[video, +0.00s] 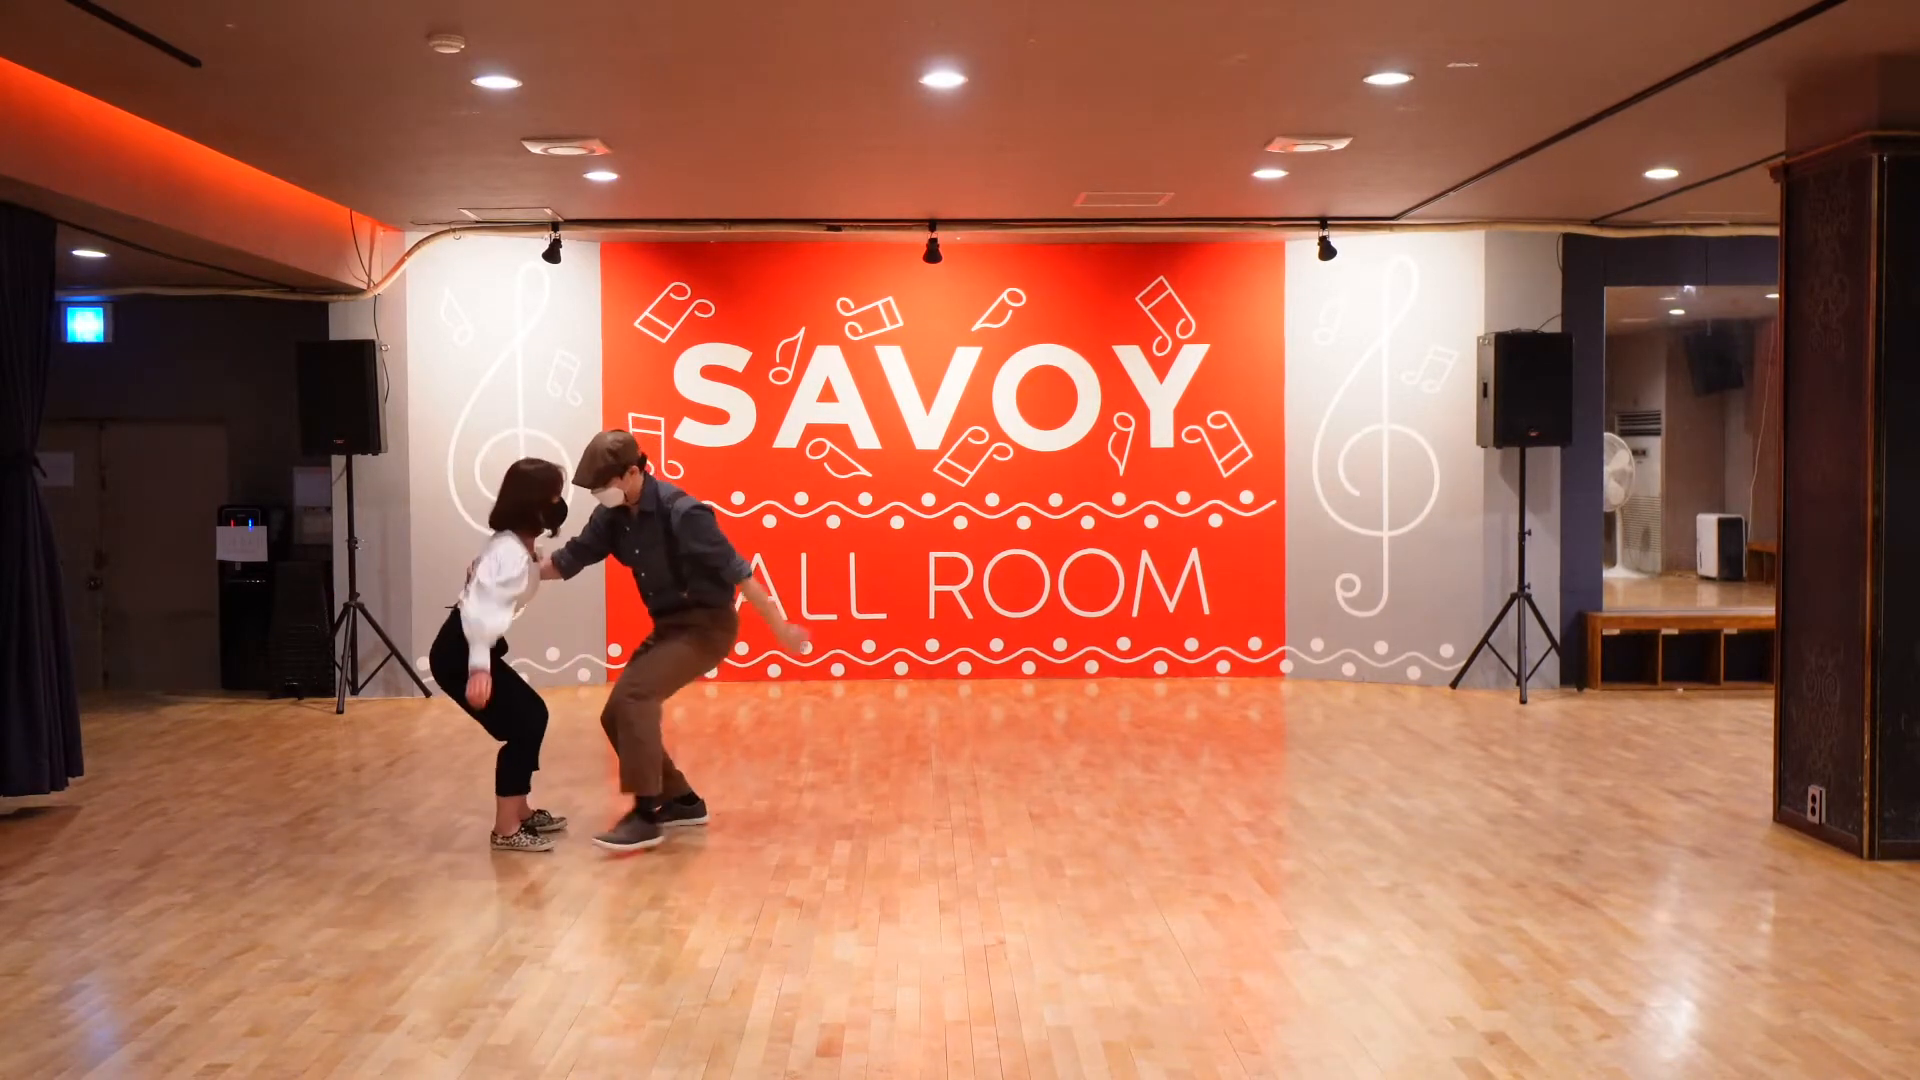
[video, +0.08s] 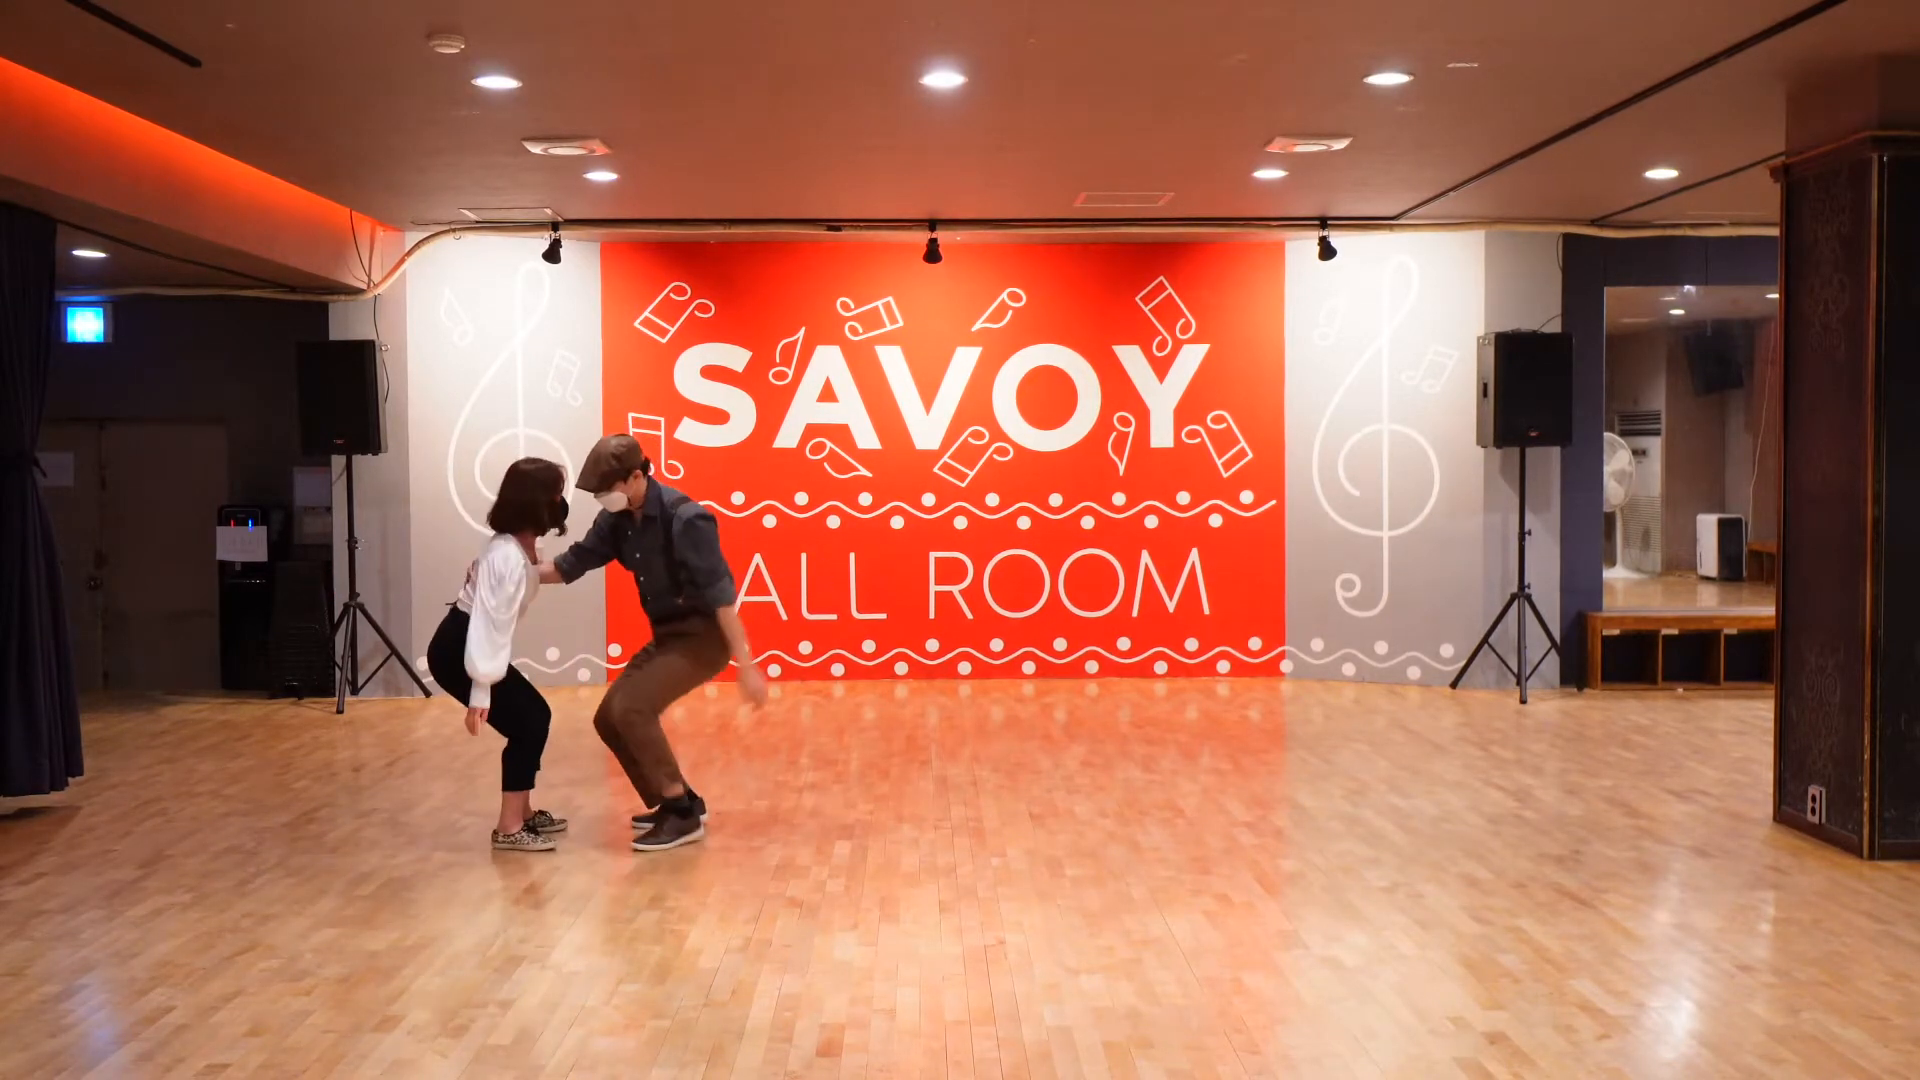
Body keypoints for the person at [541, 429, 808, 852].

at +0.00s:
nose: (600, 498)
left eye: (604, 488)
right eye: (595, 490)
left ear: (632, 473)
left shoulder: (683, 512)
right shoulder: (611, 516)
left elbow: (739, 571)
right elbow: (568, 560)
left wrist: (781, 627)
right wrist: (519, 571)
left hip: (708, 625)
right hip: (668, 628)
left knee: (633, 695)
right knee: (615, 716)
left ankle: (647, 811)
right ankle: (680, 799)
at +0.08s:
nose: (601, 500)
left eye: (606, 491)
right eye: (598, 492)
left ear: (635, 478)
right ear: (622, 482)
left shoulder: (687, 519)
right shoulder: (616, 520)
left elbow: (722, 597)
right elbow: (567, 567)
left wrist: (746, 664)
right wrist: (506, 572)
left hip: (704, 637)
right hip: (668, 638)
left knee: (629, 708)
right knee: (608, 720)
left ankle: (681, 807)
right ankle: (673, 801)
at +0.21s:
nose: (604, 507)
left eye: (610, 497)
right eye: (601, 498)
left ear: (640, 486)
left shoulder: (689, 527)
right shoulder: (622, 527)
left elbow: (689, 616)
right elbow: (566, 573)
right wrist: (496, 572)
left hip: (707, 643)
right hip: (670, 640)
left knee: (620, 722)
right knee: (603, 722)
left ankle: (679, 819)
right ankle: (676, 796)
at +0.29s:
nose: (606, 509)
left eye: (613, 499)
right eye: (603, 500)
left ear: (643, 488)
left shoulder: (689, 528)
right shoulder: (625, 527)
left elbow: (663, 612)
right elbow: (568, 570)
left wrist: (615, 673)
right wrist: (503, 566)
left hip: (709, 646)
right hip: (673, 643)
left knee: (622, 723)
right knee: (604, 722)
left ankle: (679, 818)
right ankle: (678, 796)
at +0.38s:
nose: (610, 507)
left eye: (615, 498)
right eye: (606, 498)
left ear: (644, 486)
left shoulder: (687, 525)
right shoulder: (629, 523)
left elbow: (649, 605)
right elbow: (570, 565)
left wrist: (580, 638)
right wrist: (524, 559)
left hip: (713, 642)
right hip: (674, 641)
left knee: (633, 718)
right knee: (606, 716)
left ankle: (680, 819)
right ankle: (678, 795)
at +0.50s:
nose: (609, 502)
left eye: (615, 494)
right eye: (606, 494)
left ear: (643, 483)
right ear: (639, 482)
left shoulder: (685, 520)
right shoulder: (631, 516)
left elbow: (644, 597)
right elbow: (580, 558)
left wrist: (572, 580)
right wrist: (539, 554)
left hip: (714, 639)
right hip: (678, 636)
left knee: (631, 717)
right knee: (613, 718)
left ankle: (677, 820)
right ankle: (679, 798)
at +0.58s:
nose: (612, 502)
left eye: (617, 493)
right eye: (608, 494)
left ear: (645, 480)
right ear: (634, 480)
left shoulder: (687, 515)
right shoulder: (631, 510)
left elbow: (650, 591)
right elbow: (586, 559)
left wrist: (589, 555)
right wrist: (533, 553)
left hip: (715, 633)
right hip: (678, 634)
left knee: (637, 716)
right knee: (616, 719)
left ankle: (678, 819)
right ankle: (679, 799)